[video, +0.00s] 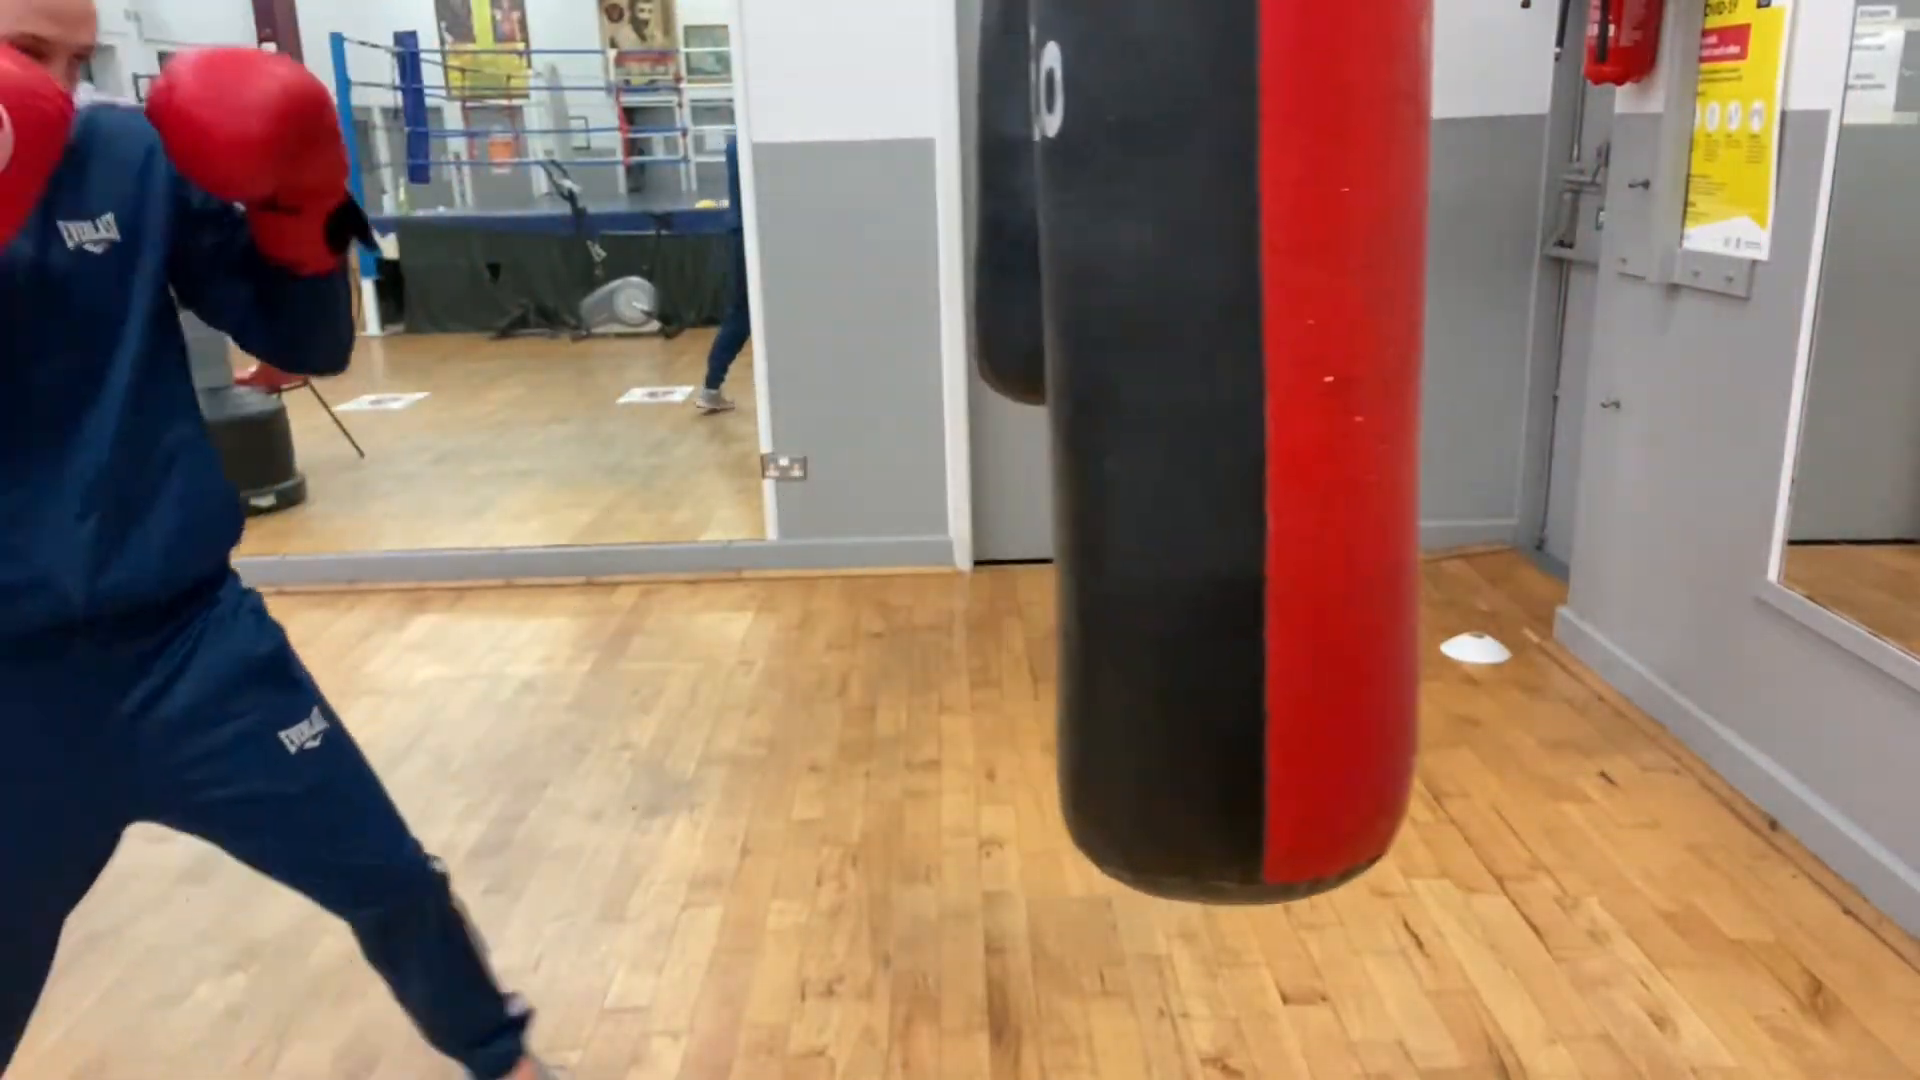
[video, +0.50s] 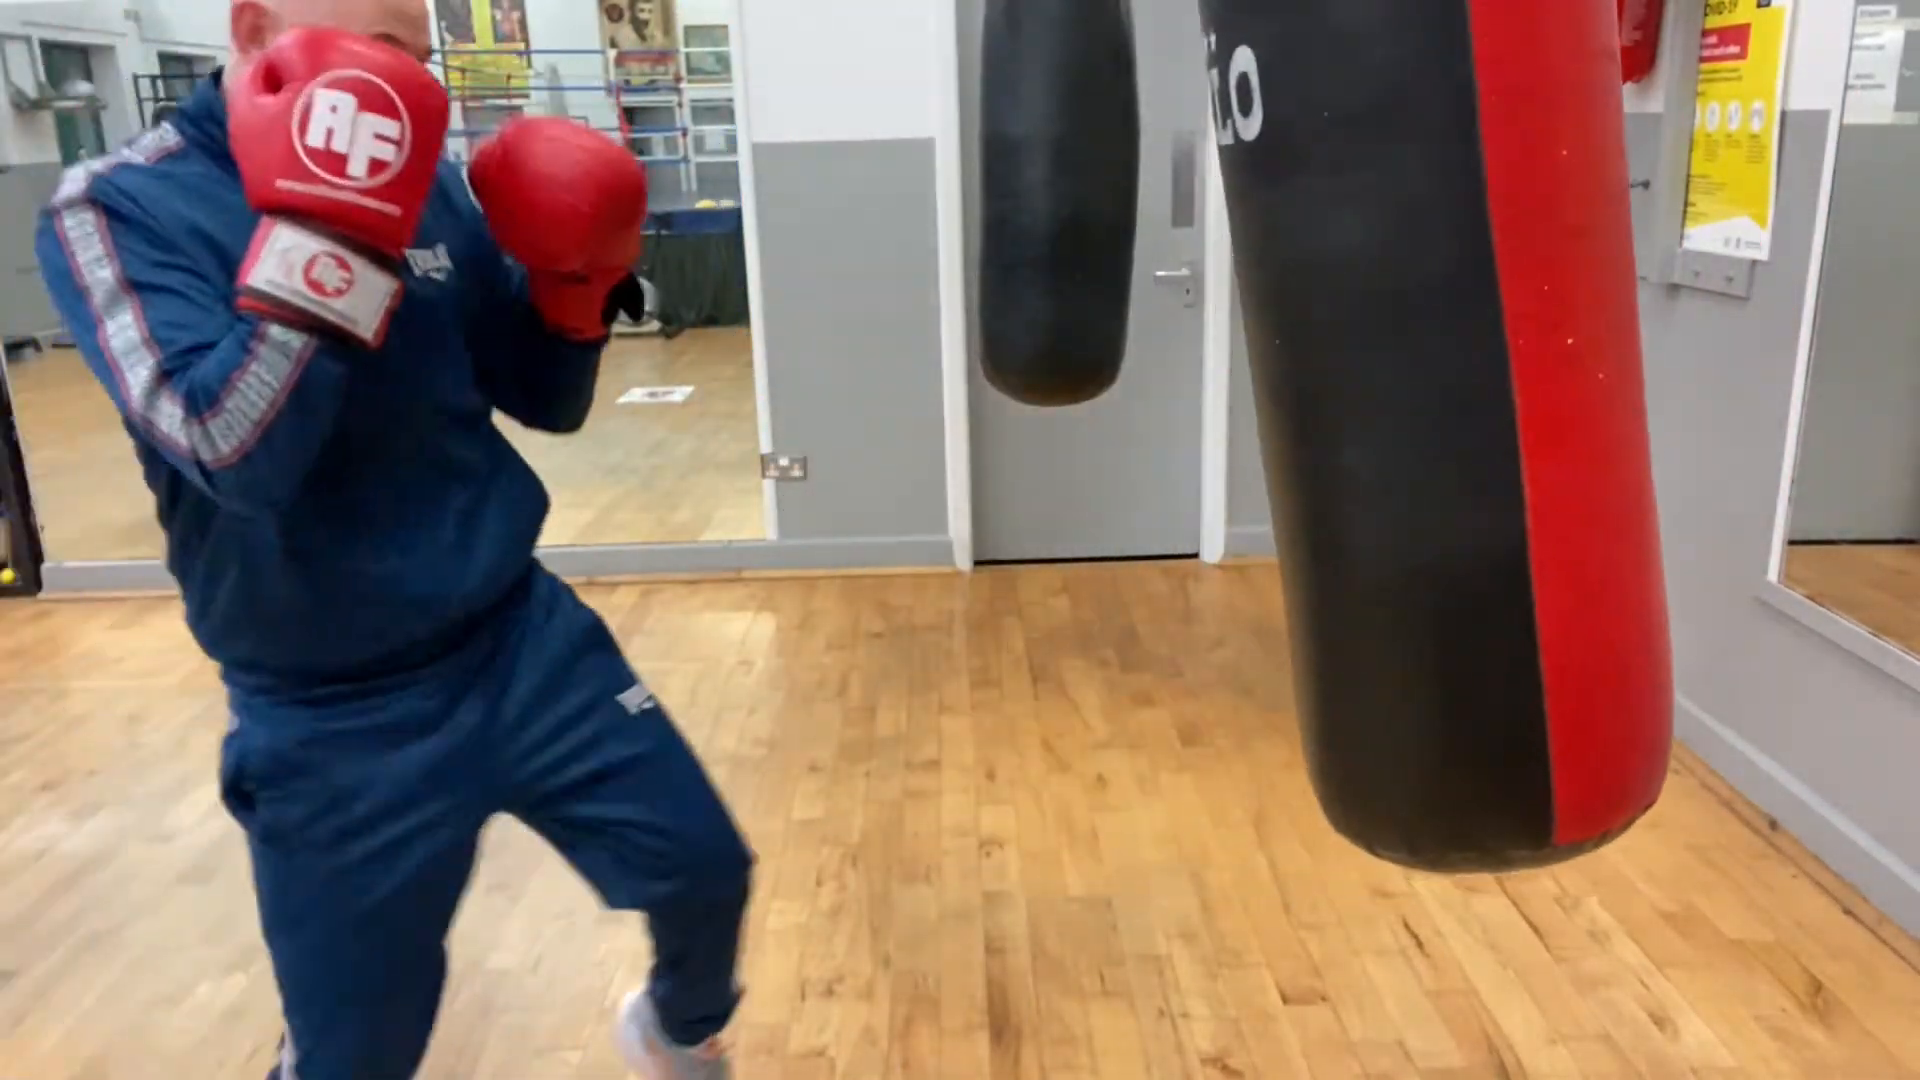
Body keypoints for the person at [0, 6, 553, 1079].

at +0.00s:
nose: (62, 79)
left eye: (78, 57)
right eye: (40, 54)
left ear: (92, 44)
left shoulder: (127, 151)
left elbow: (305, 344)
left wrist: (299, 210)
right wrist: (10, 197)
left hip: (189, 644)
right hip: (22, 683)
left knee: (393, 883)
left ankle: (504, 1059)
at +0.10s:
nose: (139, 169)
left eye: (155, 131)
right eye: (104, 133)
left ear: (170, 119)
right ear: (13, 133)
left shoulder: (209, 227)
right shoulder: (4, 283)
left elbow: (316, 433)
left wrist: (343, 347)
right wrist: (26, 340)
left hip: (258, 701)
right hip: (47, 745)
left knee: (459, 924)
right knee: (6, 1042)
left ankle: (566, 1069)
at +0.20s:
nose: (241, 171)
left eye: (259, 139)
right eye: (211, 135)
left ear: (277, 122)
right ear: (97, 99)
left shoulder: (305, 228)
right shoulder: (19, 252)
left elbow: (441, 421)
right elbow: (24, 520)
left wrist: (450, 307)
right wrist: (115, 326)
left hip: (349, 710)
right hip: (129, 748)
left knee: (526, 960)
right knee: (46, 1055)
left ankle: (570, 1070)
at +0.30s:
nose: (319, 111)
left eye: (337, 78)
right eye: (290, 73)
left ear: (354, 62)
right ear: (174, 41)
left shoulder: (377, 173)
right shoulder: (51, 212)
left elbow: (534, 356)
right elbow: (105, 464)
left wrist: (527, 214)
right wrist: (210, 253)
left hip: (416, 684)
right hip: (197, 724)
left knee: (563, 969)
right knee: (123, 1053)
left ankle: (579, 1077)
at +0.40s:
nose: (365, 40)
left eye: (372, 25)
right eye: (340, 17)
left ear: (376, 26)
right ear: (227, 11)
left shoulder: (389, 123)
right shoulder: (71, 168)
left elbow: (539, 346)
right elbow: (174, 426)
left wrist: (556, 218)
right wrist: (268, 204)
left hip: (454, 642)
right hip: (249, 690)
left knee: (586, 909)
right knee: (246, 1037)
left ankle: (598, 1067)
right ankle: (196, 1063)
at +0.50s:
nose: (400, 93)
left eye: (417, 57)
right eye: (368, 54)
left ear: (432, 40)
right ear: (255, 31)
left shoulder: (426, 171)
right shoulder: (114, 209)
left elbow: (545, 399)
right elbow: (233, 456)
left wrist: (574, 285)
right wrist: (325, 229)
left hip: (518, 641)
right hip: (333, 723)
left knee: (706, 873)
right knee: (357, 1061)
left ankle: (677, 1037)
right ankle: (302, 1070)